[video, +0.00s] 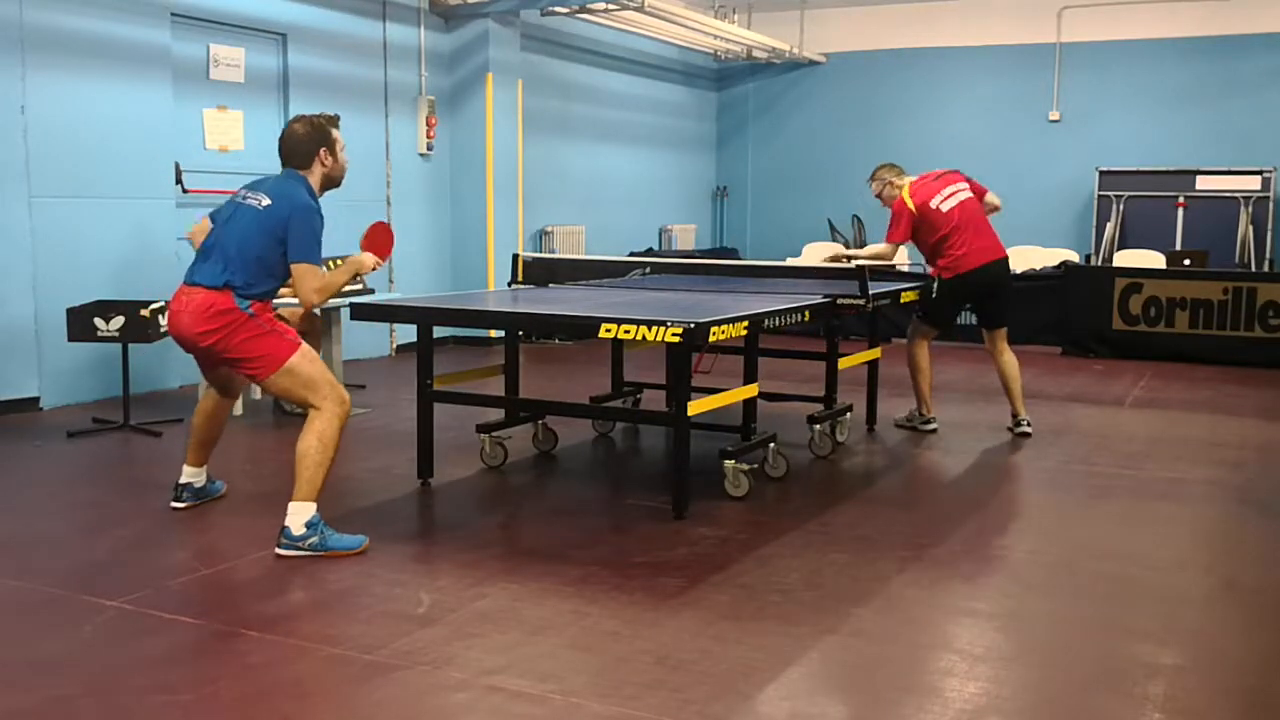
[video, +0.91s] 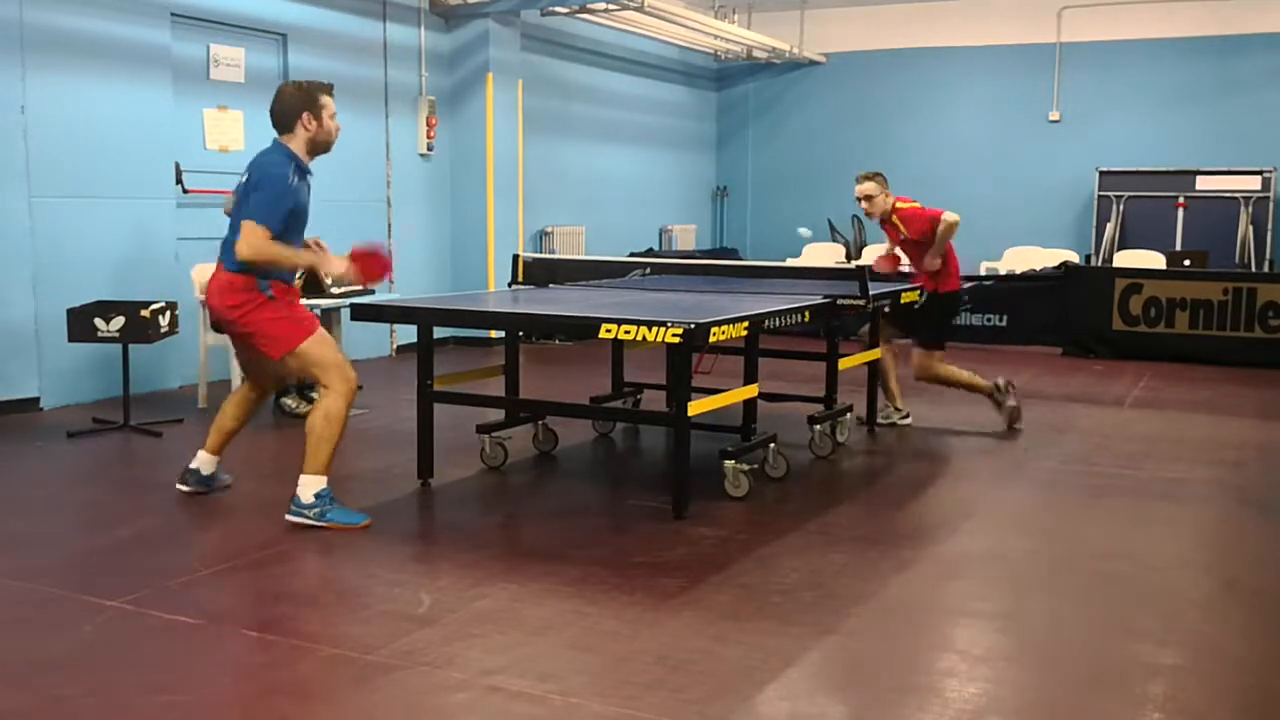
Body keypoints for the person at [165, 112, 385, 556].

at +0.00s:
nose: (344, 159)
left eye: (342, 150)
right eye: (341, 151)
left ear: (293, 156)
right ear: (324, 157)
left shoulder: (256, 188)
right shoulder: (303, 205)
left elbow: (200, 235)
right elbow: (312, 293)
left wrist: (254, 271)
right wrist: (355, 265)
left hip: (184, 309)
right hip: (227, 314)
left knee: (225, 384)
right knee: (332, 402)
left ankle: (190, 482)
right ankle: (300, 525)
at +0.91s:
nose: (337, 125)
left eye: (335, 116)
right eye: (331, 116)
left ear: (300, 123)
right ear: (307, 122)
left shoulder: (281, 162)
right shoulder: (280, 169)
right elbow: (250, 247)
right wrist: (316, 261)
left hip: (234, 290)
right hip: (251, 294)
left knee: (263, 381)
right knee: (341, 379)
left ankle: (201, 467)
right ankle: (310, 496)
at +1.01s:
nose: (344, 145)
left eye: (343, 135)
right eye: (339, 135)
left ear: (311, 141)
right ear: (313, 140)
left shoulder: (304, 186)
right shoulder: (272, 188)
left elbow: (291, 236)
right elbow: (221, 258)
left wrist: (334, 247)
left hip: (274, 298)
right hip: (248, 302)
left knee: (290, 364)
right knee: (342, 379)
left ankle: (219, 433)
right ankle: (313, 496)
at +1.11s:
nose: (348, 167)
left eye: (347, 158)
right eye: (342, 159)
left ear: (317, 165)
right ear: (316, 165)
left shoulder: (317, 205)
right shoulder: (265, 206)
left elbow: (334, 239)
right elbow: (194, 261)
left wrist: (373, 255)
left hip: (276, 308)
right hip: (243, 310)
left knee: (301, 384)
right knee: (330, 380)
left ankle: (263, 447)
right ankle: (311, 497)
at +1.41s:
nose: (346, 167)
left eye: (344, 159)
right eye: (338, 159)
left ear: (314, 165)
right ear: (308, 163)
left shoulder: (328, 207)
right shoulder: (258, 206)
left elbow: (351, 231)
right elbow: (207, 255)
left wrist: (379, 248)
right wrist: (193, 288)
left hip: (272, 299)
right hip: (234, 295)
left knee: (310, 368)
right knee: (281, 375)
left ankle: (265, 449)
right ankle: (290, 486)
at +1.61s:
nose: (325, 152)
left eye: (325, 144)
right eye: (318, 144)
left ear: (283, 149)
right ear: (289, 146)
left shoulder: (246, 181)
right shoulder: (297, 182)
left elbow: (254, 246)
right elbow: (337, 213)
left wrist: (305, 273)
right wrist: (330, 202)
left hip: (230, 300)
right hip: (274, 300)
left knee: (279, 357)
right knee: (304, 407)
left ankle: (263, 447)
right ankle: (267, 484)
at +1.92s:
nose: (325, 120)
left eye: (324, 112)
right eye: (319, 112)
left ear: (285, 115)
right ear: (291, 114)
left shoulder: (250, 151)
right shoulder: (278, 152)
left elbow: (216, 209)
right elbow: (293, 218)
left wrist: (269, 222)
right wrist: (322, 218)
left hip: (224, 262)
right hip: (250, 262)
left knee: (271, 361)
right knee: (292, 366)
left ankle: (264, 446)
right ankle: (283, 481)